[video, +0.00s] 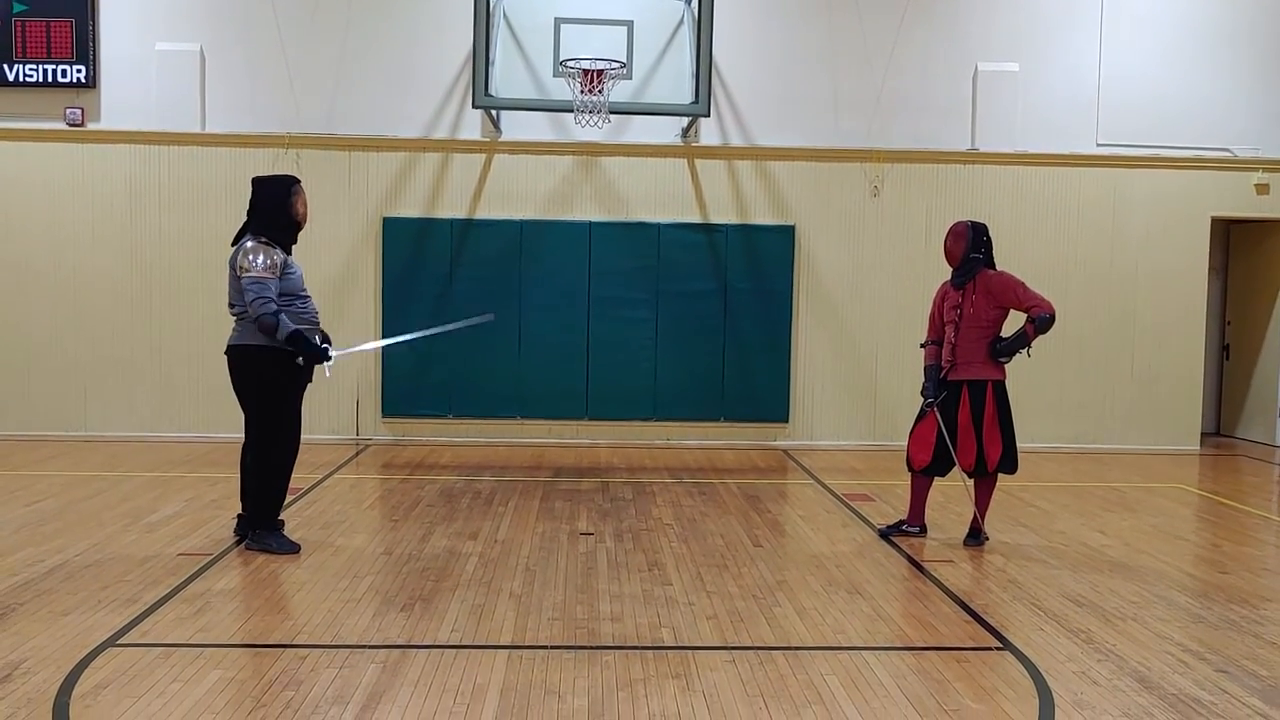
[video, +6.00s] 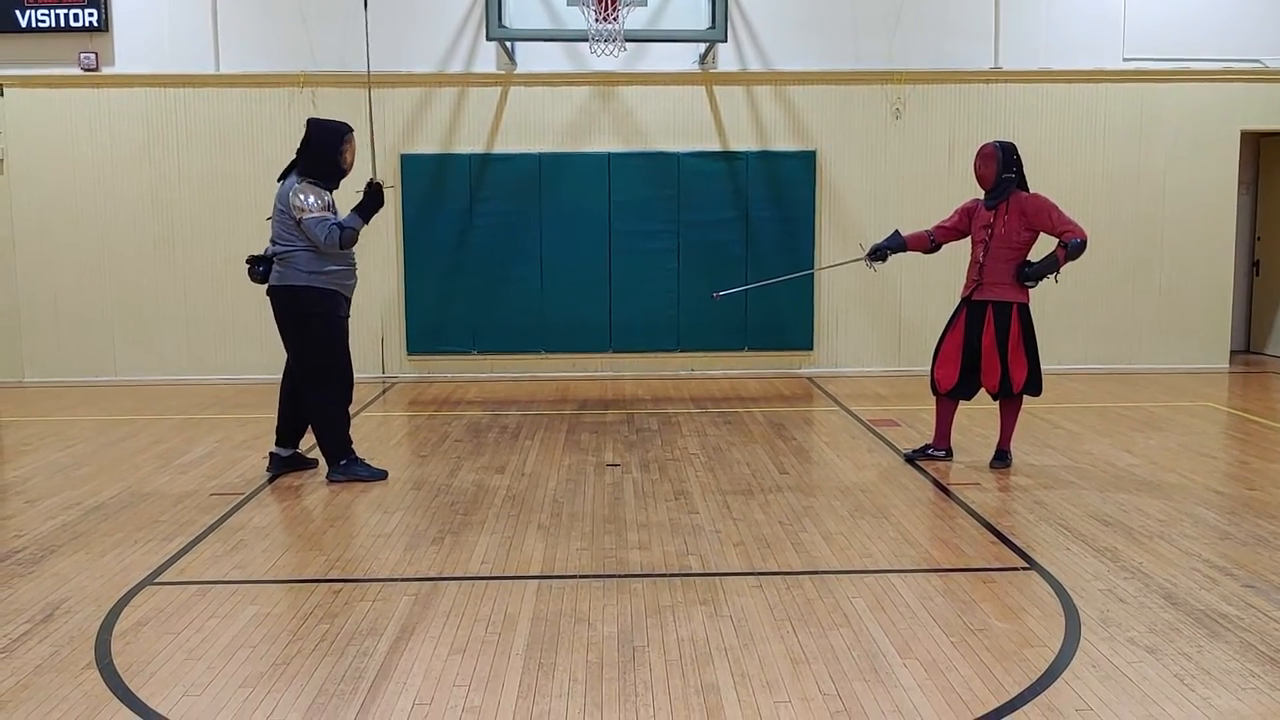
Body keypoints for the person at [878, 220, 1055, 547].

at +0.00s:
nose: (946, 248)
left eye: (953, 241)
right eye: (947, 241)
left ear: (972, 245)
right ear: (961, 246)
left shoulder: (995, 281)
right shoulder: (946, 291)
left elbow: (1044, 312)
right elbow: (934, 338)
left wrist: (1013, 343)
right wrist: (931, 377)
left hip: (984, 383)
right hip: (947, 383)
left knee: (986, 453)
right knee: (924, 445)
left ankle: (977, 525)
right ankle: (914, 520)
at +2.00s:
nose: (968, 232)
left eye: (974, 225)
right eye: (969, 225)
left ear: (992, 227)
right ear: (980, 228)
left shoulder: (1016, 263)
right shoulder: (966, 272)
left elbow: (1064, 293)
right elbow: (953, 320)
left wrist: (1032, 326)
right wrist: (950, 361)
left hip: (1004, 365)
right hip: (967, 365)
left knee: (1006, 435)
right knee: (943, 428)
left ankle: (998, 508)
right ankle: (935, 503)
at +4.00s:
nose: (959, 189)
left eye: (965, 182)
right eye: (959, 182)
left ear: (984, 185)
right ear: (969, 186)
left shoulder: (1008, 220)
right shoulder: (961, 232)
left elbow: (1058, 251)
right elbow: (951, 283)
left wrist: (1028, 283)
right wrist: (940, 322)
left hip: (1000, 323)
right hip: (962, 324)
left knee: (1003, 394)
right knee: (938, 388)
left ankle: (997, 467)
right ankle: (934, 462)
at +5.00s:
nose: (963, 181)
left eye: (968, 174)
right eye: (962, 175)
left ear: (988, 175)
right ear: (969, 177)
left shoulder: (1014, 209)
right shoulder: (965, 218)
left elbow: (1062, 241)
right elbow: (941, 262)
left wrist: (1031, 273)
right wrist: (904, 287)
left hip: (1004, 309)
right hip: (967, 310)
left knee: (1005, 379)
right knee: (943, 373)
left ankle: (998, 454)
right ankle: (934, 450)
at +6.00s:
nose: (978, 170)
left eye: (985, 163)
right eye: (977, 163)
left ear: (1005, 166)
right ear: (979, 167)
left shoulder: (1029, 203)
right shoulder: (975, 208)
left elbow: (1076, 237)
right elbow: (934, 236)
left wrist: (1042, 267)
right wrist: (892, 244)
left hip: (1010, 304)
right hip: (972, 303)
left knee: (1010, 375)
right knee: (947, 368)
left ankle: (1003, 449)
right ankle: (940, 444)